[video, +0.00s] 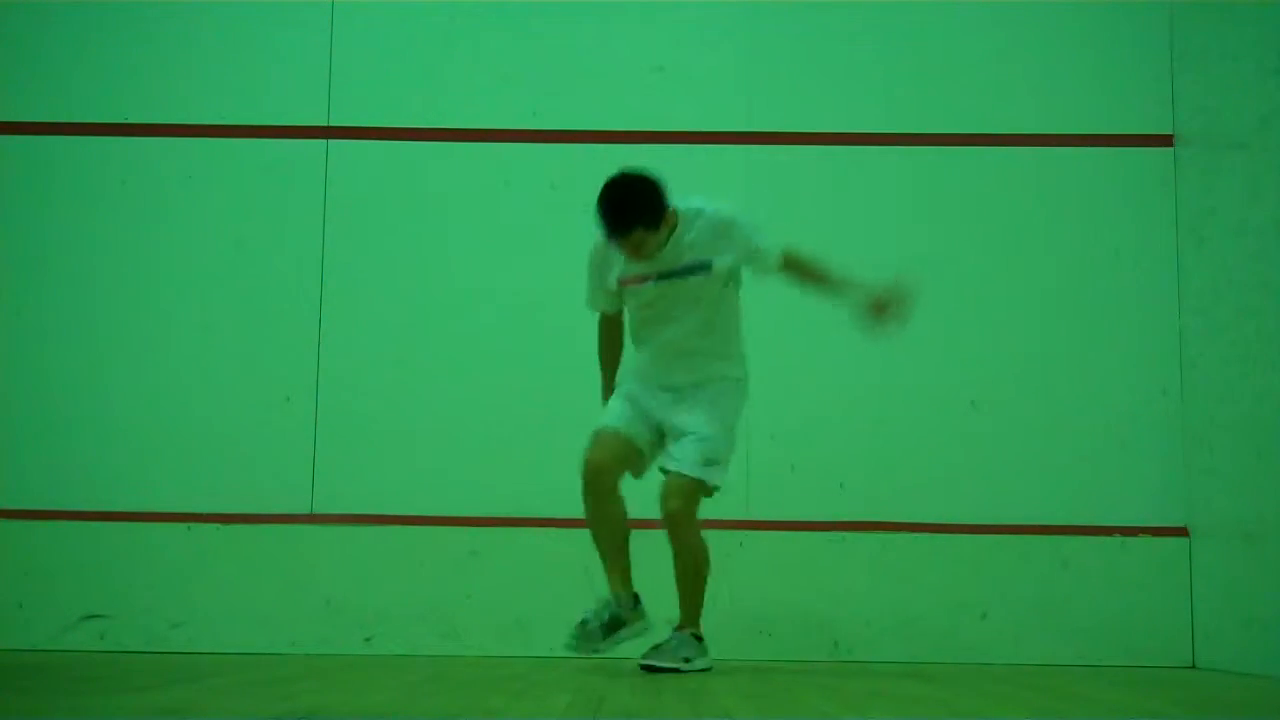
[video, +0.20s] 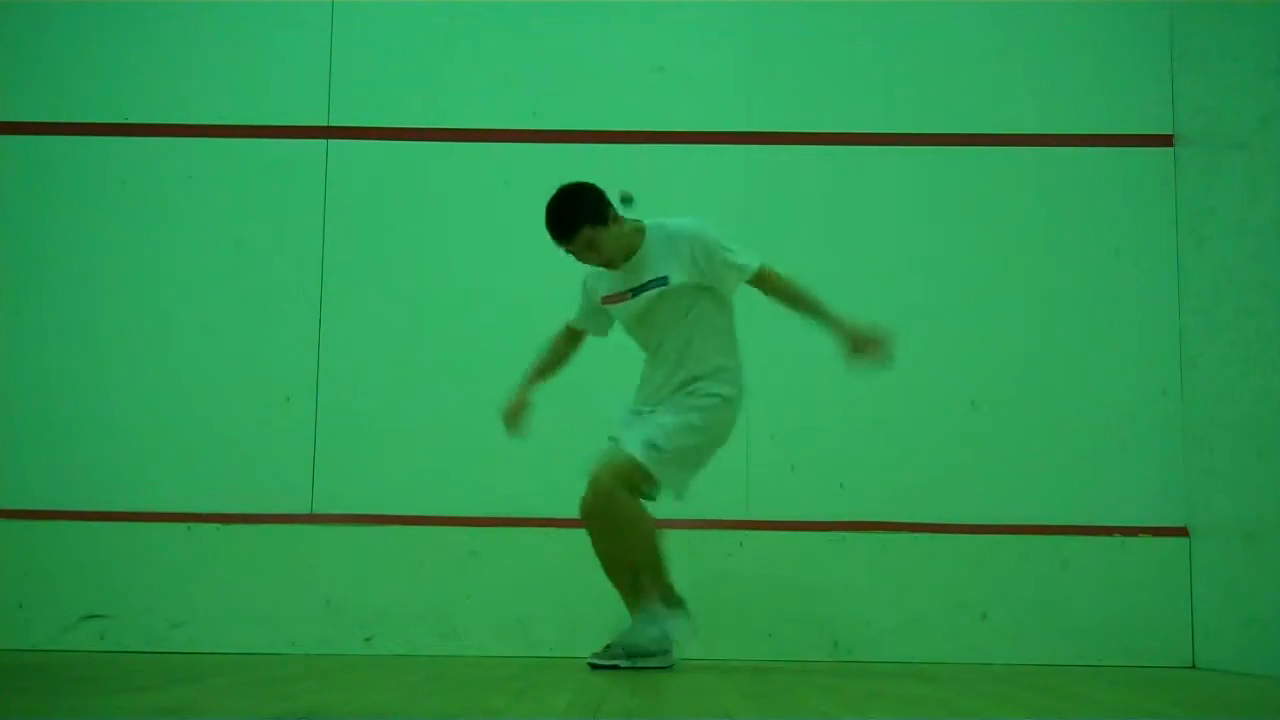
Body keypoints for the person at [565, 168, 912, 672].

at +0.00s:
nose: (629, 251)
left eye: (636, 241)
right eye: (621, 242)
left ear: (661, 221)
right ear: (614, 231)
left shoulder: (716, 232)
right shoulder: (609, 254)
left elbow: (786, 263)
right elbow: (610, 326)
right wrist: (611, 401)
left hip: (711, 389)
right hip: (647, 387)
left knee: (677, 504)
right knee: (597, 465)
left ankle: (689, 635)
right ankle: (623, 603)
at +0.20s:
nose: (587, 260)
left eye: (588, 248)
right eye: (577, 255)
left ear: (608, 221)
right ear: (576, 248)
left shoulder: (684, 242)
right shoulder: (599, 281)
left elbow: (767, 280)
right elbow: (574, 334)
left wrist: (843, 328)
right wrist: (526, 387)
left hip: (707, 394)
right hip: (654, 400)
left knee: (611, 486)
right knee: (597, 506)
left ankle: (666, 608)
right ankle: (645, 627)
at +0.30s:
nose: (593, 244)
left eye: (595, 230)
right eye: (585, 238)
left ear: (617, 206)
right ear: (582, 234)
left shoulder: (688, 234)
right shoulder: (604, 272)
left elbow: (780, 247)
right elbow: (555, 309)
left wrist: (871, 261)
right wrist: (504, 339)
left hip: (706, 392)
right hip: (668, 400)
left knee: (578, 398)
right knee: (601, 502)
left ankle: (590, 522)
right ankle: (648, 633)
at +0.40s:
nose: (607, 212)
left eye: (611, 198)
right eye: (598, 205)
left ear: (634, 177)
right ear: (593, 200)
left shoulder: (701, 207)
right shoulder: (604, 239)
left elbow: (785, 194)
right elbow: (534, 265)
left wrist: (875, 180)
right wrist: (461, 301)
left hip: (718, 357)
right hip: (677, 373)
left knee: (599, 314)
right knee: (637, 488)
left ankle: (545, 436)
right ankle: (651, 628)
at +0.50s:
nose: (619, 179)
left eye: (624, 166)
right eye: (611, 171)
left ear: (652, 146)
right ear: (608, 167)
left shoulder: (714, 183)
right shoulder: (612, 207)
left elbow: (776, 170)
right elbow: (544, 236)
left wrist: (842, 152)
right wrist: (466, 268)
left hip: (731, 335)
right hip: (681, 347)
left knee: (627, 320)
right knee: (661, 473)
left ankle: (594, 452)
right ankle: (664, 610)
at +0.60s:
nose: (633, 160)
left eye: (640, 146)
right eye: (625, 150)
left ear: (670, 131)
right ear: (621, 147)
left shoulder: (723, 175)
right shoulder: (631, 188)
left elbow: (793, 170)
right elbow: (584, 215)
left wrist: (767, 150)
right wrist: (546, 230)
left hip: (724, 335)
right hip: (668, 344)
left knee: (676, 434)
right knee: (661, 475)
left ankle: (724, 588)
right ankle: (676, 614)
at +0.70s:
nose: (642, 177)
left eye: (648, 163)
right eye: (634, 167)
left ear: (680, 149)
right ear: (631, 165)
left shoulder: (732, 197)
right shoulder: (655, 211)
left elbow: (798, 193)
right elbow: (667, 251)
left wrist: (746, 153)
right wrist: (634, 252)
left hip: (721, 385)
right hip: (662, 389)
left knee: (730, 502)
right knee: (639, 479)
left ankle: (766, 636)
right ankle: (673, 615)